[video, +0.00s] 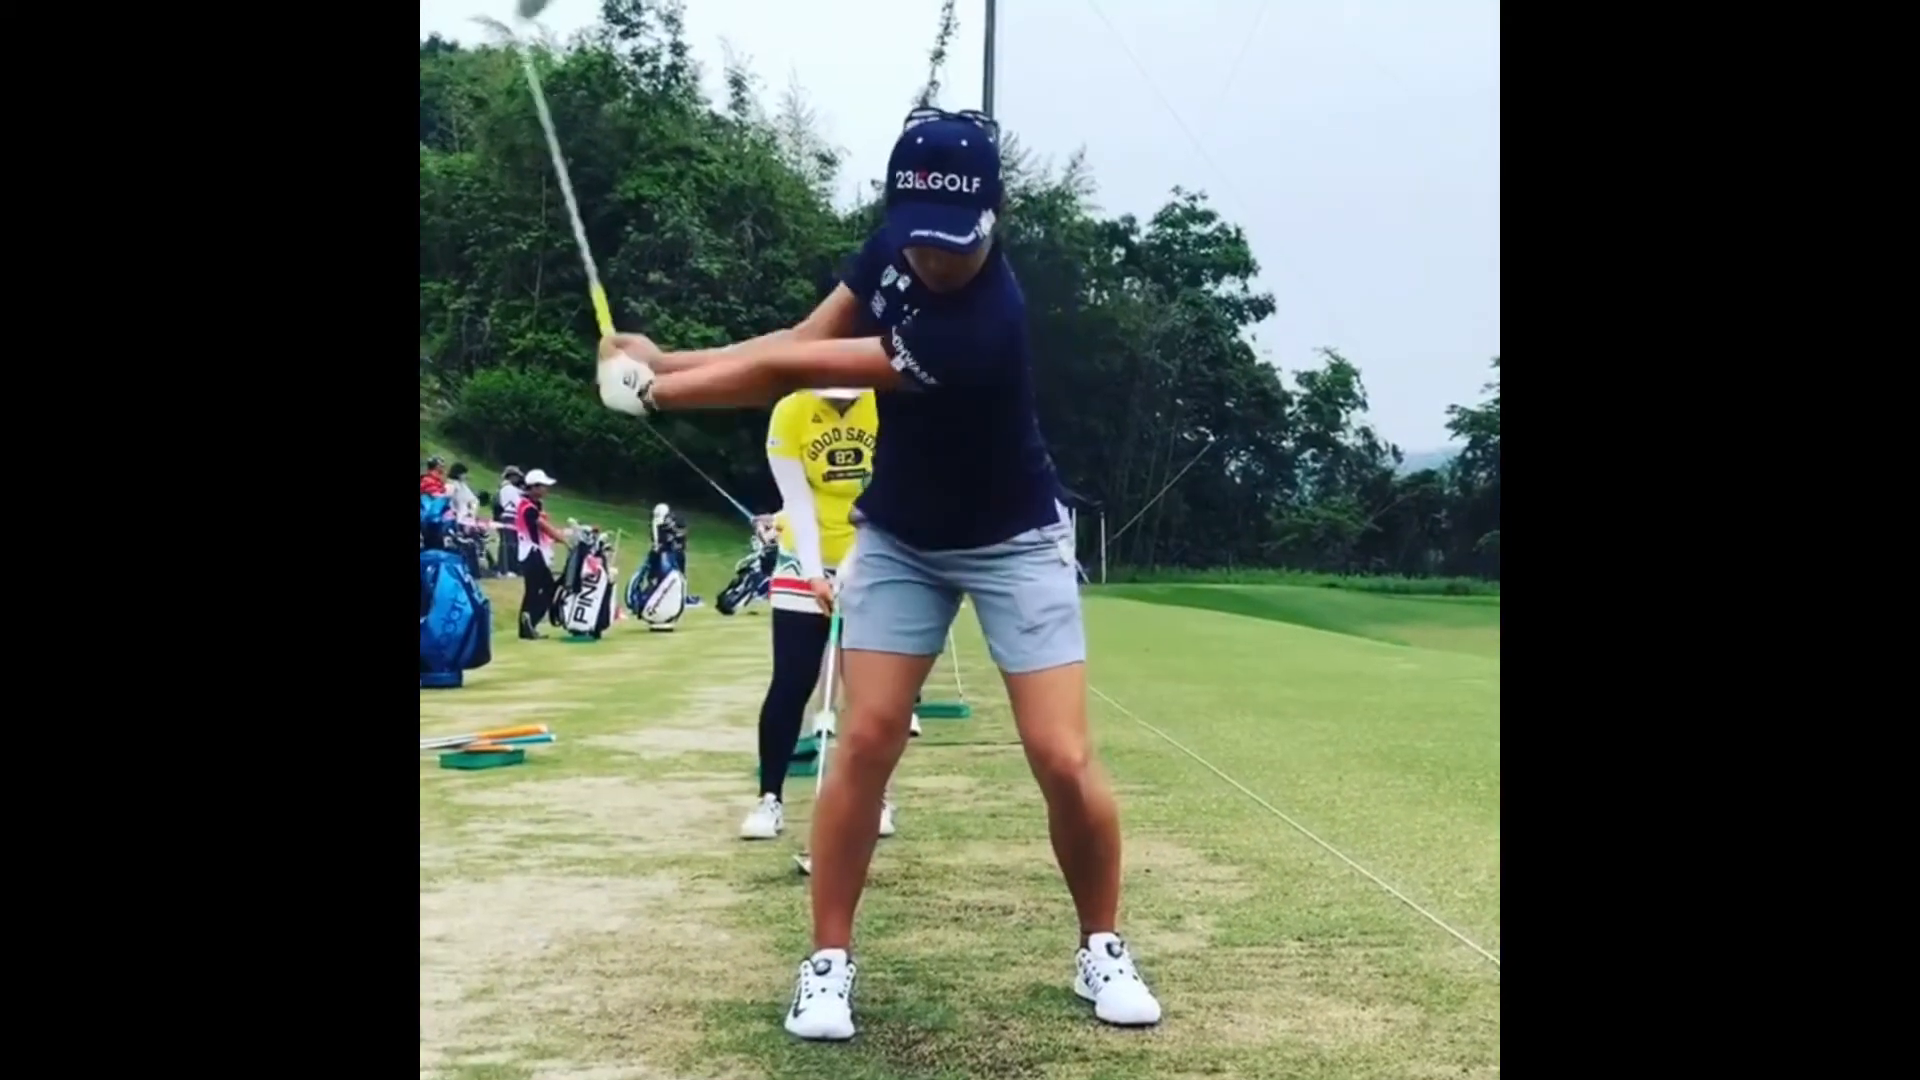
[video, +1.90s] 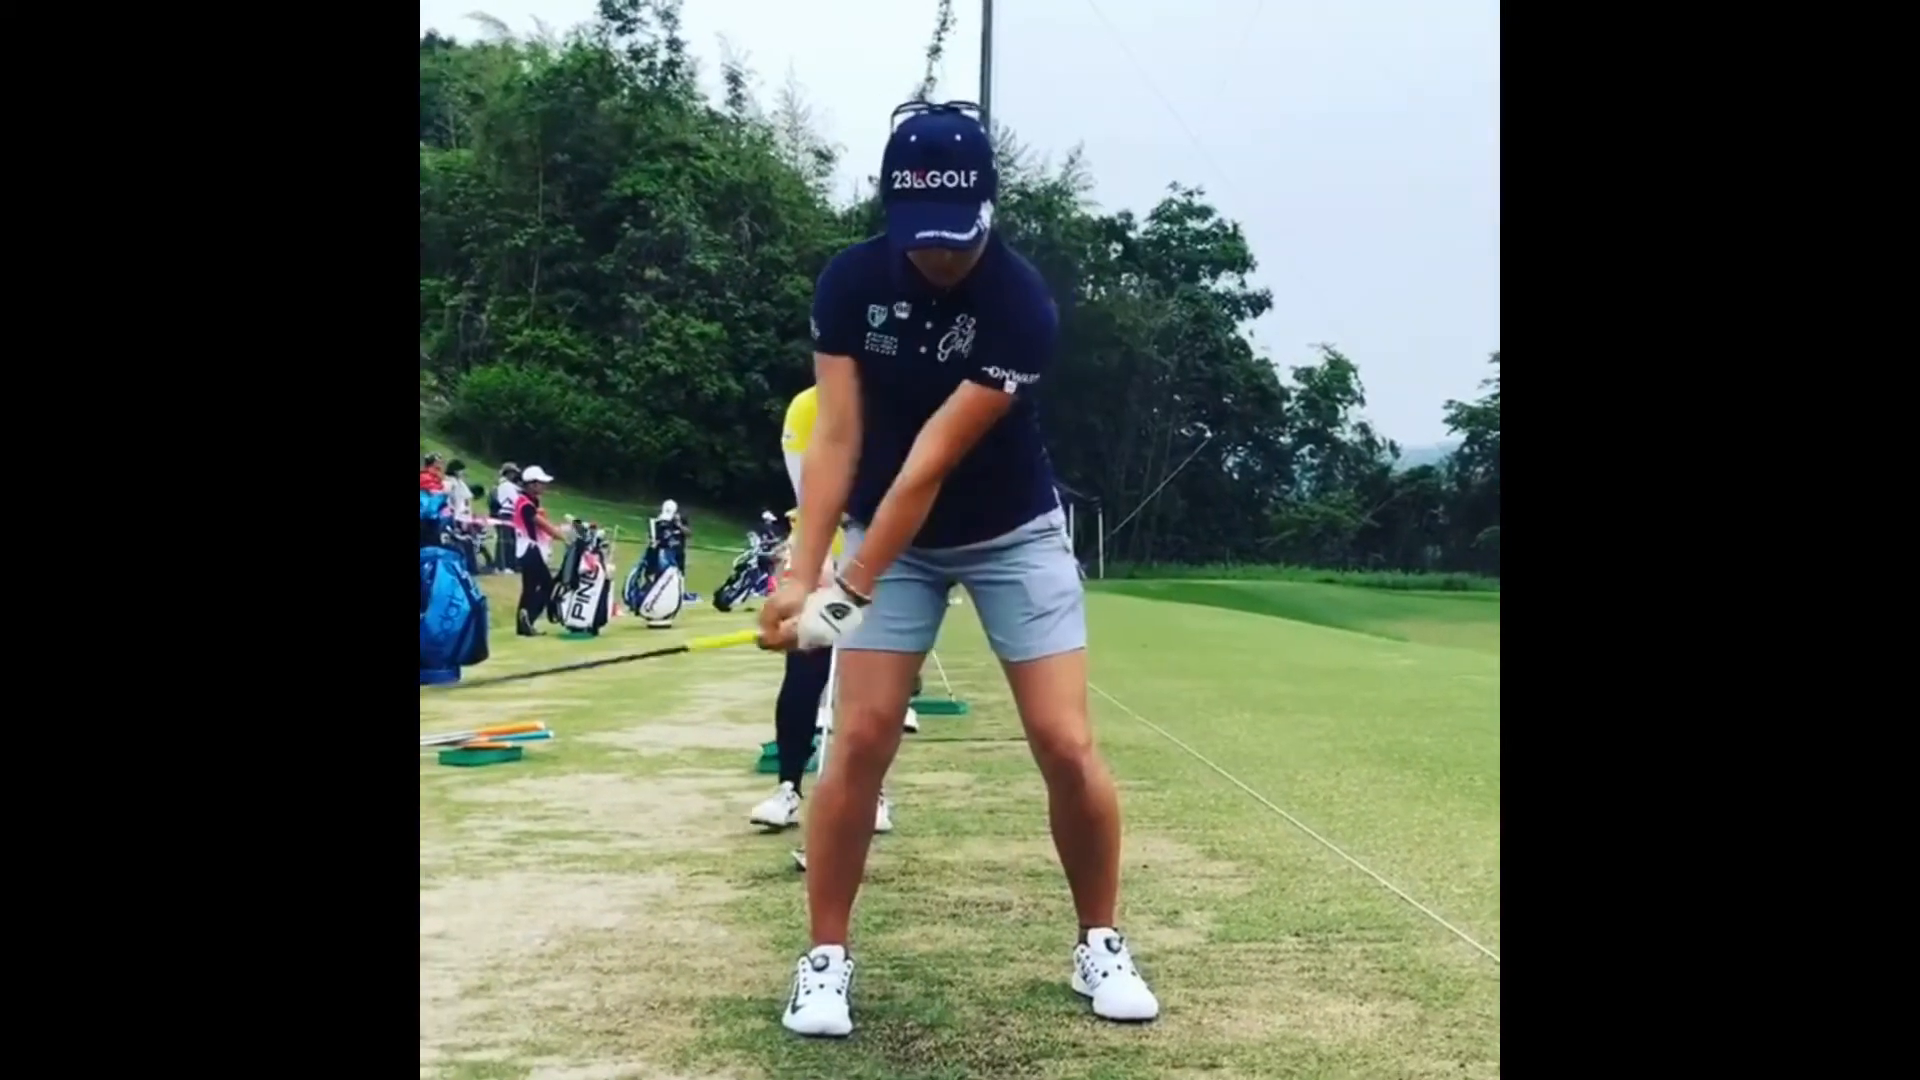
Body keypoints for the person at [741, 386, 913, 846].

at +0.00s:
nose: (839, 380)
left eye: (847, 365)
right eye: (826, 364)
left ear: (868, 358)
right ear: (811, 361)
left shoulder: (887, 404)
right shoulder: (791, 413)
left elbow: (898, 486)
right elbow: (797, 502)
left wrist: (870, 560)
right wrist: (813, 570)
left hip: (871, 556)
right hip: (804, 560)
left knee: (878, 689)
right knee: (792, 682)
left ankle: (875, 790)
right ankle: (770, 798)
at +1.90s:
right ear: (837, 348)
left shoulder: (898, 409)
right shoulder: (806, 408)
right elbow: (809, 501)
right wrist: (819, 567)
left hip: (885, 546)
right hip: (825, 548)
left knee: (877, 680)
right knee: (806, 666)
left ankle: (872, 786)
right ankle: (788, 785)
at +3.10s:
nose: (795, 413)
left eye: (805, 403)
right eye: (785, 402)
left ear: (825, 387)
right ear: (769, 387)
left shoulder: (855, 424)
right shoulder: (747, 437)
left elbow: (843, 506)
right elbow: (758, 522)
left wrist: (808, 578)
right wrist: (769, 586)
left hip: (834, 575)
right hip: (759, 575)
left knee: (842, 696)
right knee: (747, 695)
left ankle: (860, 809)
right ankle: (724, 814)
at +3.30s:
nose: (800, 419)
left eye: (811, 408)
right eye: (791, 407)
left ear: (831, 392)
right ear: (776, 392)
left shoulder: (863, 427)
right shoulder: (754, 441)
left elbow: (847, 510)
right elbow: (766, 525)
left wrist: (810, 579)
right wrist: (773, 591)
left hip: (837, 578)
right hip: (766, 576)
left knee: (839, 694)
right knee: (748, 695)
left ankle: (854, 812)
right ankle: (717, 814)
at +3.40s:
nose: (799, 421)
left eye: (809, 410)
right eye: (789, 409)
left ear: (830, 394)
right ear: (775, 393)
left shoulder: (861, 430)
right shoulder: (753, 442)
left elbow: (845, 512)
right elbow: (764, 526)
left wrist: (808, 582)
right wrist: (774, 592)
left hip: (836, 580)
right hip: (764, 577)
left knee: (838, 696)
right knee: (746, 696)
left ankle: (852, 814)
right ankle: (715, 815)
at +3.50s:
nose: (794, 422)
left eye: (804, 412)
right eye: (784, 410)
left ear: (824, 396)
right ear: (769, 395)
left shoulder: (855, 432)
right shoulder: (746, 443)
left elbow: (838, 513)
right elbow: (759, 528)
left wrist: (802, 584)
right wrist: (771, 595)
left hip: (829, 584)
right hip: (757, 582)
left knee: (833, 701)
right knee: (740, 700)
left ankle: (850, 815)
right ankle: (711, 817)